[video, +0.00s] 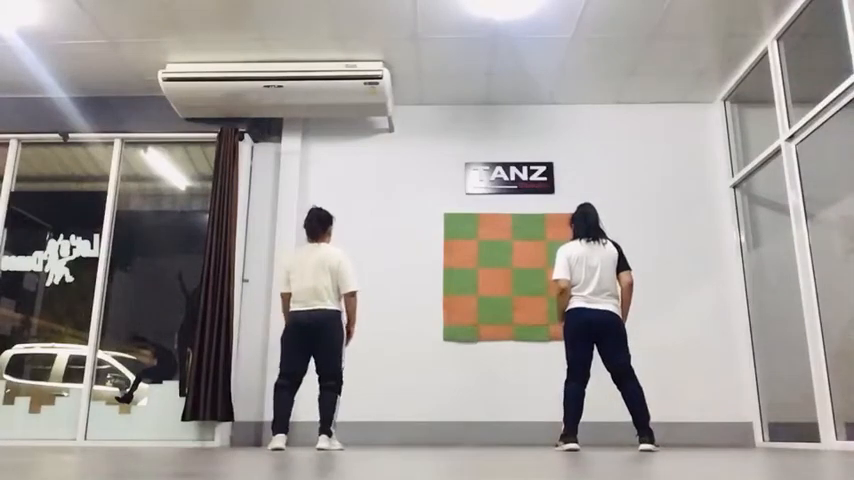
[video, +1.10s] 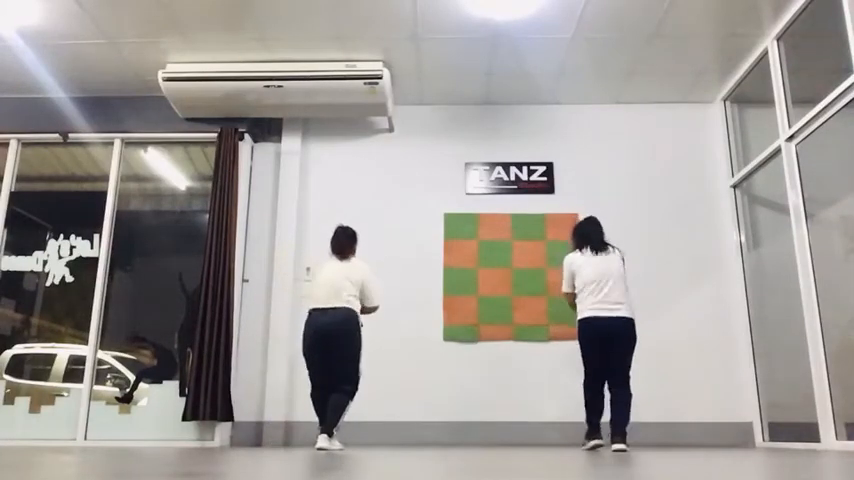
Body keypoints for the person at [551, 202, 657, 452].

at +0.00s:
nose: (570, 226)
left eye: (571, 223)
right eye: (572, 223)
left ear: (574, 224)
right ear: (597, 222)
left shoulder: (567, 249)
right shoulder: (613, 247)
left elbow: (564, 287)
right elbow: (627, 281)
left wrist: (562, 317)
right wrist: (622, 316)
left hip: (578, 318)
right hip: (610, 319)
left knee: (576, 377)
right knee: (624, 375)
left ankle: (569, 435)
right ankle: (645, 434)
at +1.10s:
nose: (573, 240)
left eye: (574, 236)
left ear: (577, 237)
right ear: (601, 234)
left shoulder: (571, 259)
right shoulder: (617, 254)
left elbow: (569, 295)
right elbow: (621, 286)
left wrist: (581, 310)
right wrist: (609, 306)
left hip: (590, 323)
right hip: (622, 322)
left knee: (593, 378)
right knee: (621, 380)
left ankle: (593, 433)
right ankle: (619, 437)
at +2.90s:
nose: (606, 232)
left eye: (605, 227)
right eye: (604, 227)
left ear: (583, 230)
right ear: (595, 228)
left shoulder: (573, 255)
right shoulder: (597, 248)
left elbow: (572, 292)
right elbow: (611, 272)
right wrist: (646, 274)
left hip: (583, 323)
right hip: (606, 321)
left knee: (602, 377)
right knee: (629, 372)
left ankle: (592, 434)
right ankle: (618, 430)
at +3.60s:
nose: (611, 218)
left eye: (609, 214)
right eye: (606, 215)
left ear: (597, 220)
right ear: (596, 220)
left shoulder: (602, 247)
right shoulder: (590, 245)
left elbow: (611, 283)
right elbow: (577, 267)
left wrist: (620, 271)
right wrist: (595, 261)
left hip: (605, 313)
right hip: (596, 312)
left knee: (603, 373)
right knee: (603, 373)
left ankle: (596, 432)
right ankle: (598, 433)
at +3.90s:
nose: (609, 220)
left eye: (606, 215)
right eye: (604, 216)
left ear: (592, 222)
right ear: (595, 221)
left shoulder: (590, 246)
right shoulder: (594, 245)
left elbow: (592, 276)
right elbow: (595, 273)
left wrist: (611, 280)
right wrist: (615, 283)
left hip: (594, 312)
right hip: (598, 313)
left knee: (600, 374)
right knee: (600, 374)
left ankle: (595, 432)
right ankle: (596, 433)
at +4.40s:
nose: (607, 237)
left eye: (605, 233)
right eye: (605, 233)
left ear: (584, 239)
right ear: (597, 235)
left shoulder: (579, 259)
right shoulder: (602, 246)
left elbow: (581, 290)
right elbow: (616, 271)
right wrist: (619, 296)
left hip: (576, 319)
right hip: (594, 319)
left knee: (600, 376)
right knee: (613, 374)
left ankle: (591, 433)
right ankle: (600, 432)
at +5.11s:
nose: (588, 217)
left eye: (584, 213)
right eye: (583, 215)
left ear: (572, 228)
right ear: (577, 225)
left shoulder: (573, 250)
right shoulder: (586, 248)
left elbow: (592, 282)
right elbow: (603, 280)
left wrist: (610, 281)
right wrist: (617, 280)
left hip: (592, 318)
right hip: (602, 318)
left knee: (601, 377)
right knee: (605, 376)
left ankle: (591, 433)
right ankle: (596, 433)